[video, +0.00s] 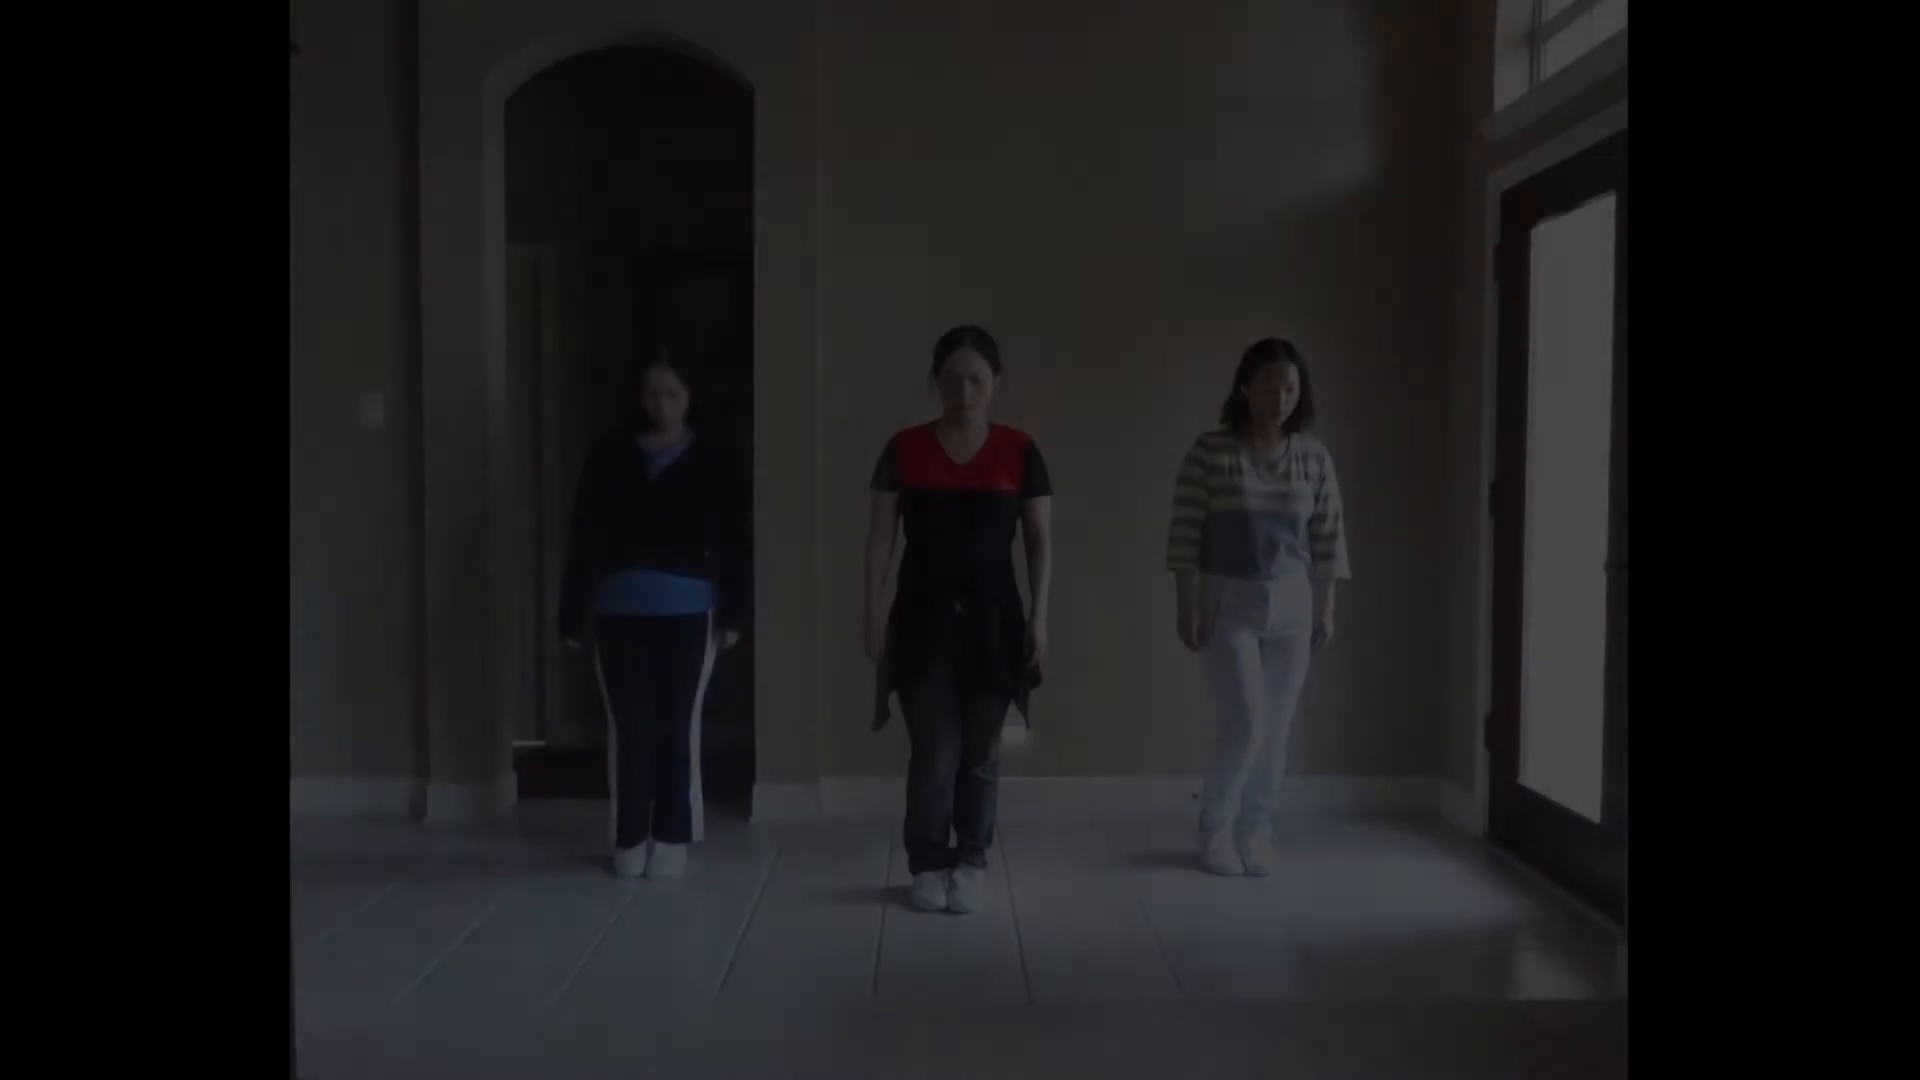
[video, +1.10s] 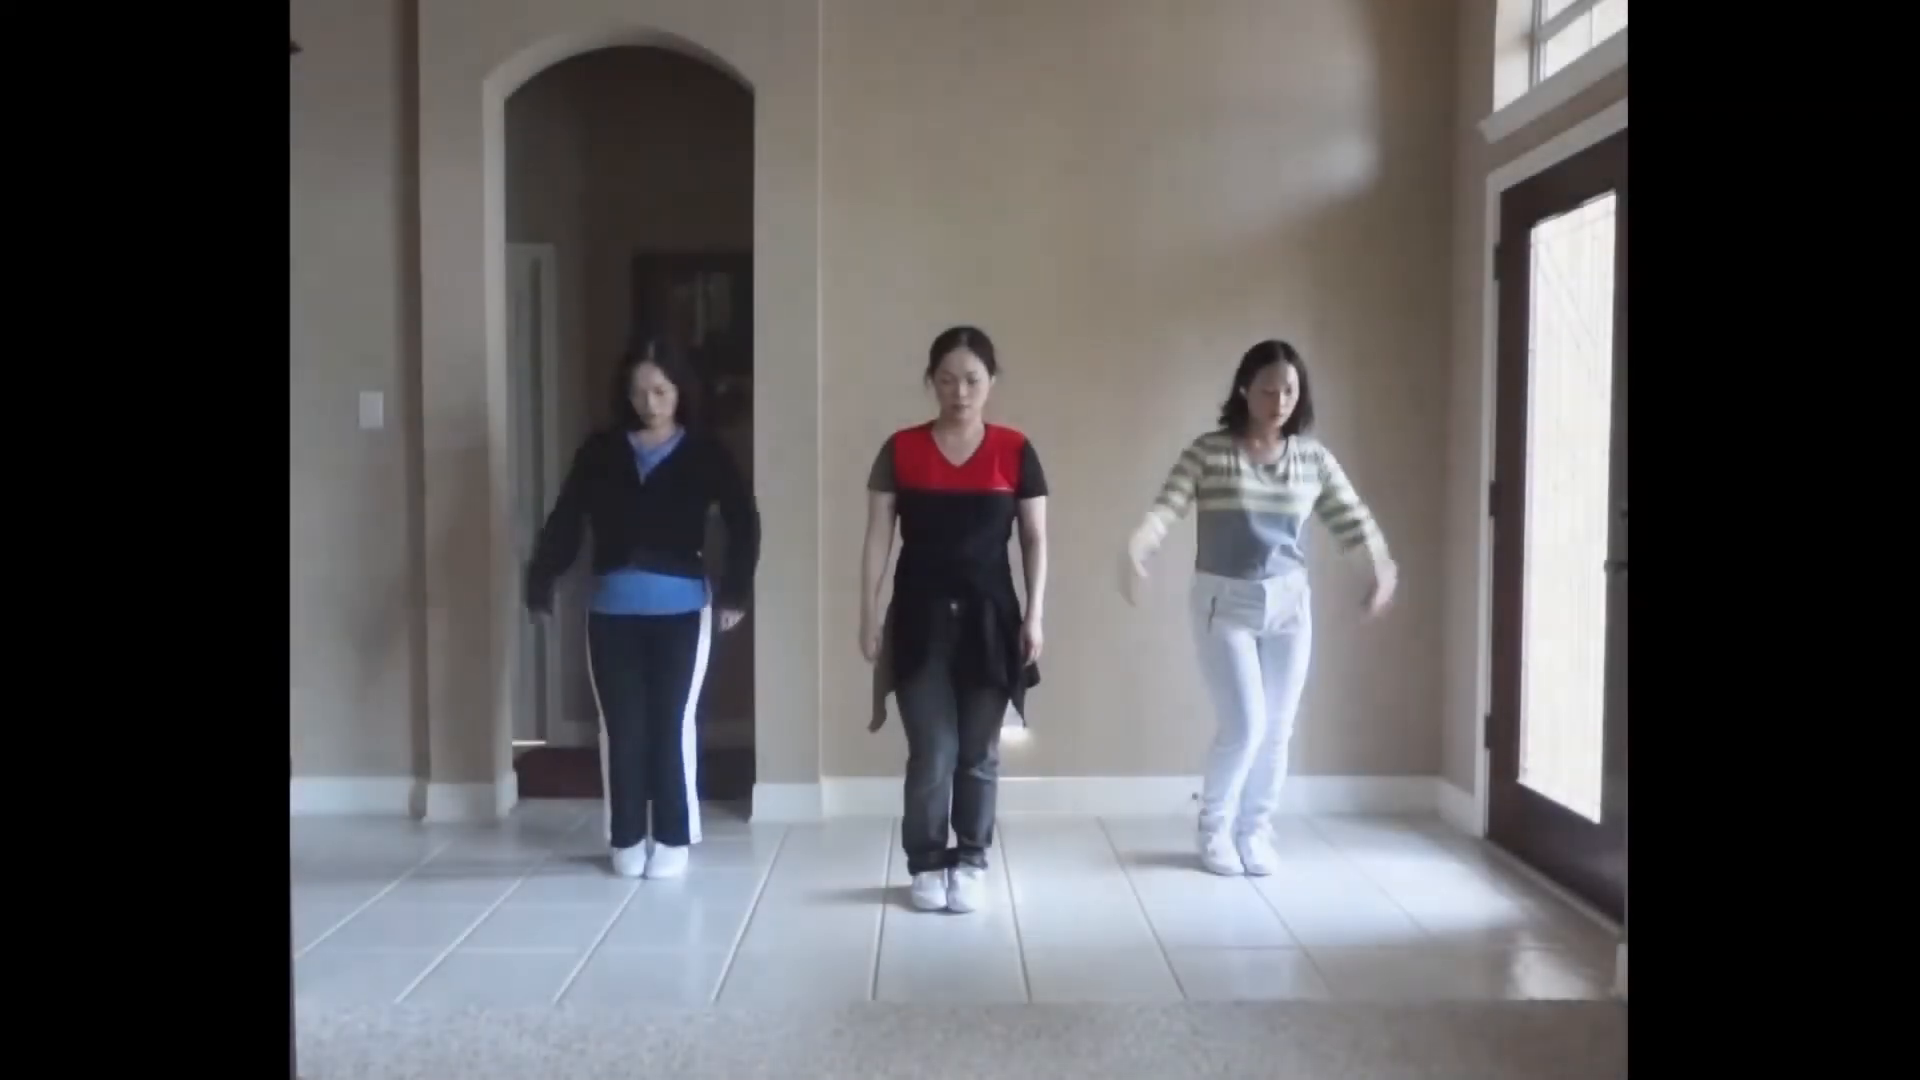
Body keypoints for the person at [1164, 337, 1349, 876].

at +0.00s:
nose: (1279, 398)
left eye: (1289, 387)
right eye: (1269, 386)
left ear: (1300, 395)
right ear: (1246, 389)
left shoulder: (1312, 456)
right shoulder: (1212, 451)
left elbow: (1329, 535)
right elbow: (1185, 533)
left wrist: (1326, 606)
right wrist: (1187, 606)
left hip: (1292, 612)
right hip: (1227, 609)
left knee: (1275, 728)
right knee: (1247, 723)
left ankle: (1256, 834)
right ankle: (1215, 833)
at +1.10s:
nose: (1279, 399)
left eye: (1289, 389)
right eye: (1269, 387)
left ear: (1300, 396)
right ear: (1245, 390)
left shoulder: (1312, 458)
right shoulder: (1209, 451)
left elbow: (1352, 517)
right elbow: (1169, 505)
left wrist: (1383, 568)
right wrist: (1137, 546)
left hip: (1289, 608)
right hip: (1223, 607)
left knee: (1276, 728)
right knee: (1244, 725)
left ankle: (1256, 831)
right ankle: (1214, 829)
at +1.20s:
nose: (1279, 404)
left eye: (1289, 394)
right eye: (1268, 392)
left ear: (1299, 400)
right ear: (1244, 394)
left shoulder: (1313, 458)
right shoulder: (1207, 452)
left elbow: (1363, 498)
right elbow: (1162, 487)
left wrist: (1408, 513)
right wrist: (1135, 490)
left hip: (1287, 610)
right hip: (1222, 608)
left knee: (1282, 729)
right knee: (1246, 724)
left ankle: (1257, 832)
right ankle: (1216, 827)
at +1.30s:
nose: (1279, 414)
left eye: (1288, 404)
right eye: (1269, 403)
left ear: (1298, 410)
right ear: (1244, 403)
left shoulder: (1312, 465)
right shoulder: (1205, 459)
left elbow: (1382, 499)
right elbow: (1144, 484)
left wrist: (1389, 438)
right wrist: (1141, 418)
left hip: (1285, 617)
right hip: (1219, 616)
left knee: (1285, 733)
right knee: (1248, 729)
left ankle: (1259, 835)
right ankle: (1204, 782)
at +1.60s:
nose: (1258, 397)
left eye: (1269, 387)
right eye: (1247, 385)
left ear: (1281, 396)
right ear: (1229, 390)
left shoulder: (1295, 447)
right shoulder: (1202, 446)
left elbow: (1338, 385)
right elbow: (1177, 393)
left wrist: (1287, 348)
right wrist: (1197, 360)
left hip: (1276, 598)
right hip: (1210, 598)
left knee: (1273, 724)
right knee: (1195, 714)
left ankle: (1258, 834)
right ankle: (1183, 795)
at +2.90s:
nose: (1199, 432)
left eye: (1209, 423)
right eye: (1189, 422)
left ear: (1222, 430)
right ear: (1172, 427)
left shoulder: (1235, 481)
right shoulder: (1153, 480)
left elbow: (1244, 544)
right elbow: (1145, 537)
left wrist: (1235, 524)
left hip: (1226, 598)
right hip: (1168, 602)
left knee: (1251, 711)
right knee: (1175, 724)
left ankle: (1264, 823)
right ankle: (1199, 808)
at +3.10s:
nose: (1199, 432)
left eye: (1209, 424)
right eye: (1189, 423)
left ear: (1222, 431)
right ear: (1172, 428)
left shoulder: (1233, 484)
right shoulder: (1151, 483)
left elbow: (1240, 550)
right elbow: (1145, 543)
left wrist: (1224, 512)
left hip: (1226, 599)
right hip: (1168, 604)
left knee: (1251, 712)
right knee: (1175, 726)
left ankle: (1264, 824)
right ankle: (1199, 809)